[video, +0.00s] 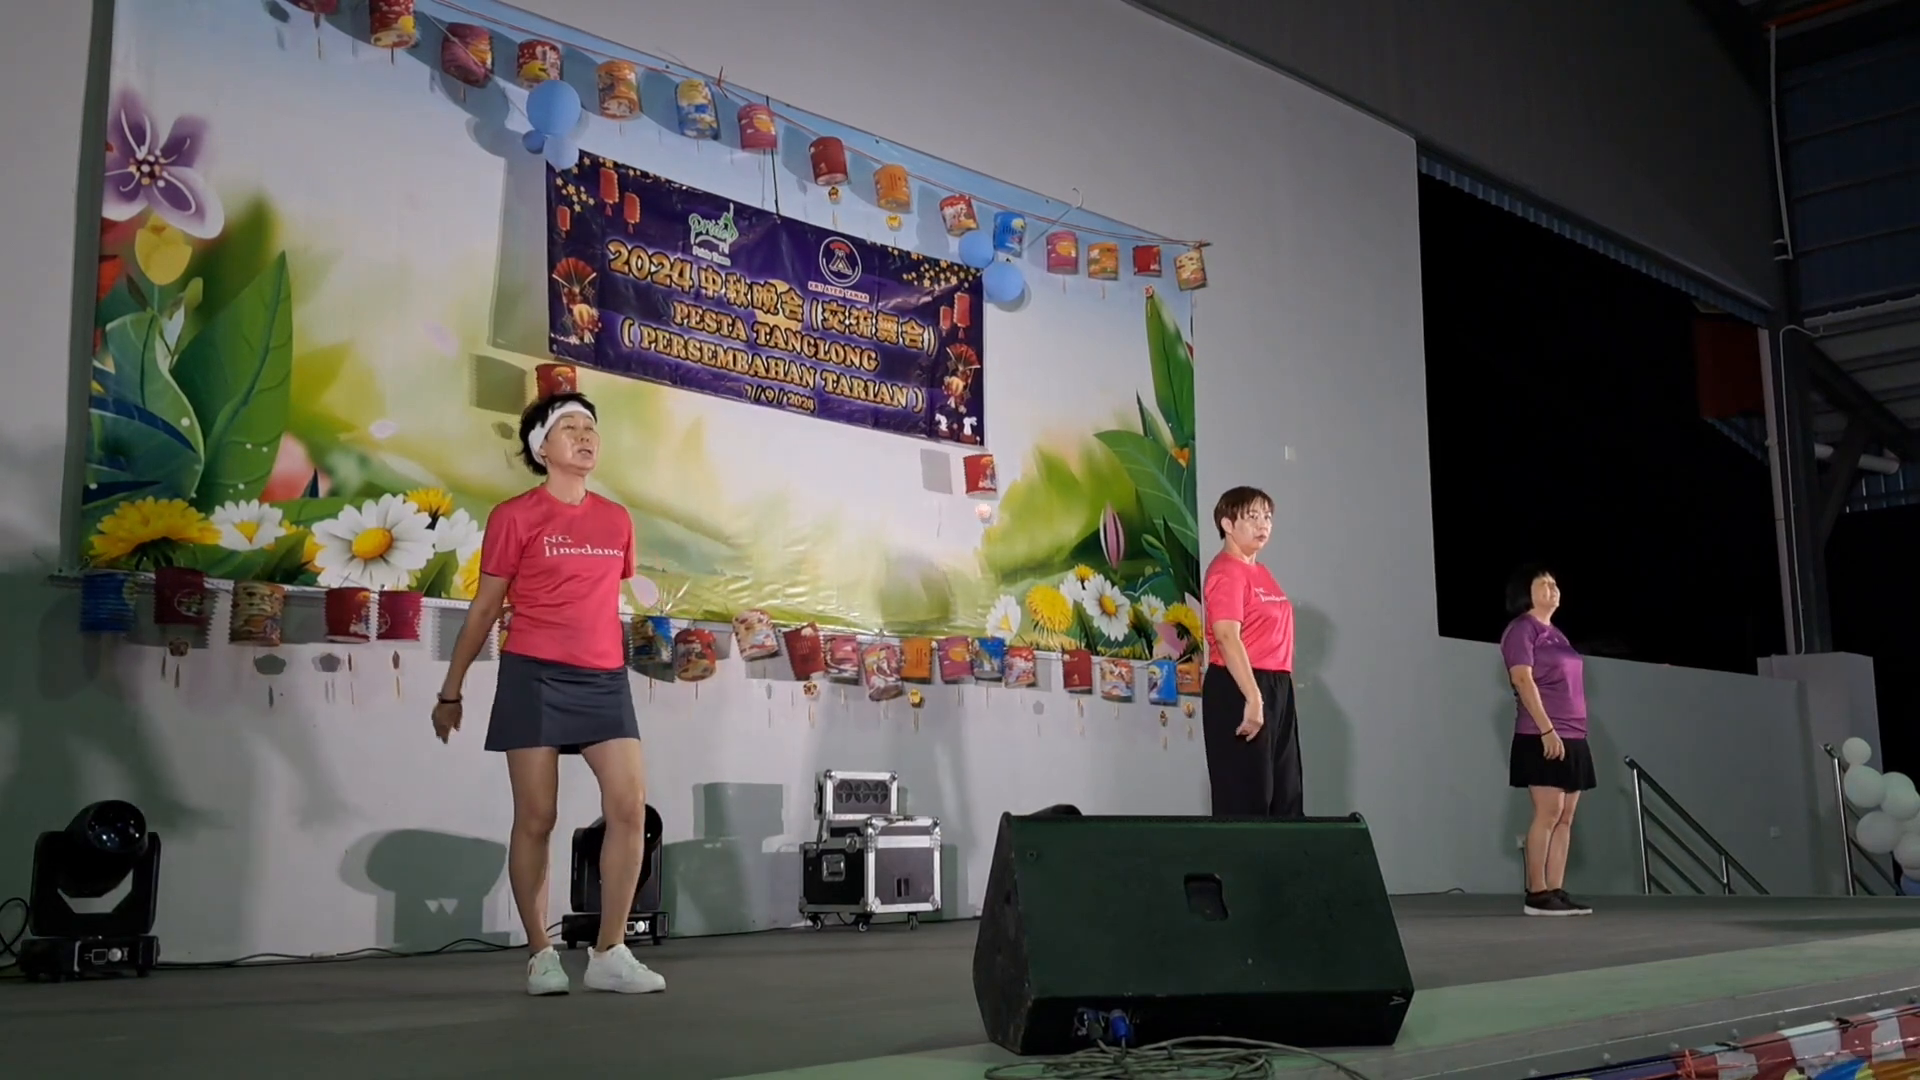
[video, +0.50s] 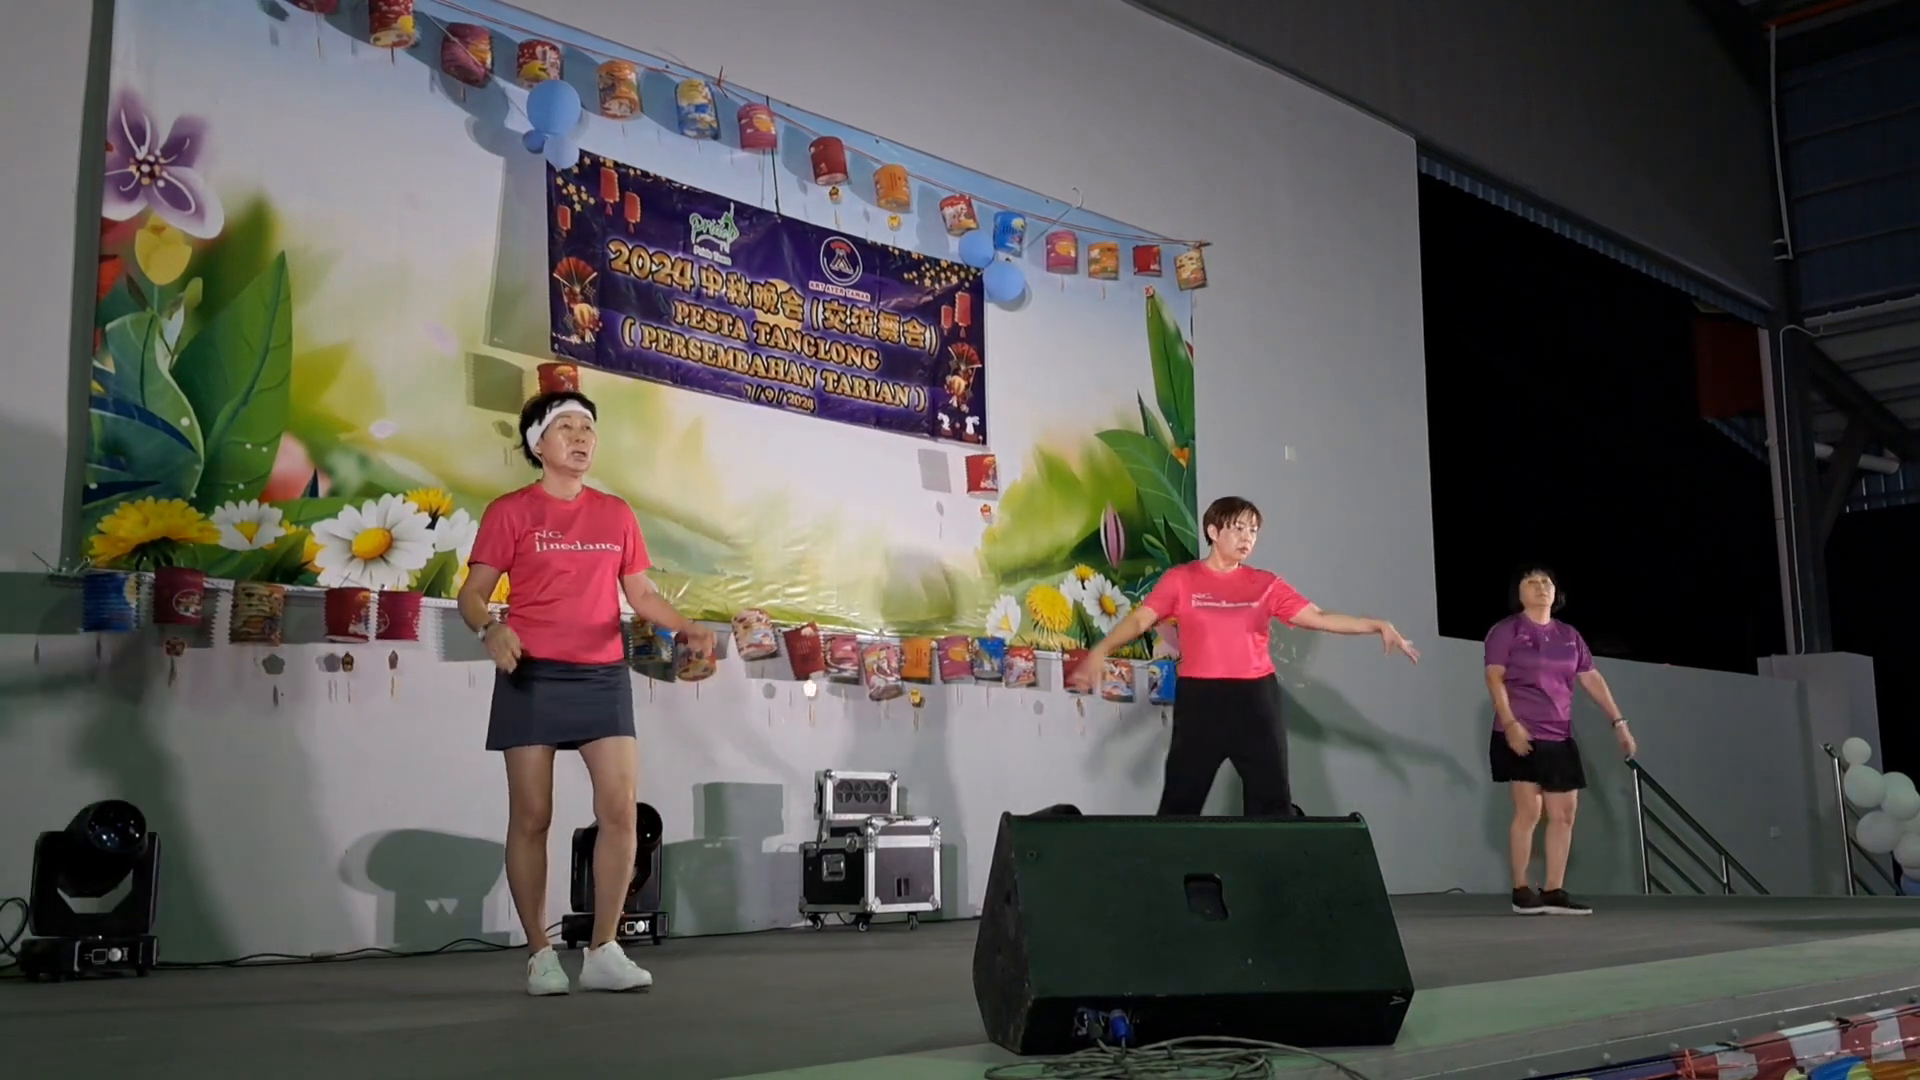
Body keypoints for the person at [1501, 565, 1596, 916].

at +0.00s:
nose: (1551, 590)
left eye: (1554, 585)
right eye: (1542, 585)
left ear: (1558, 594)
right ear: (1526, 593)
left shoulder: (1556, 634)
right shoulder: (1521, 629)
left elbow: (1563, 685)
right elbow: (1523, 682)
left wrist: (1575, 730)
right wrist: (1547, 730)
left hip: (1572, 736)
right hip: (1541, 736)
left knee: (1565, 816)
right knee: (1547, 812)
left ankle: (1555, 890)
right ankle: (1537, 892)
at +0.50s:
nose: (1540, 586)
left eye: (1546, 582)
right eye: (1532, 582)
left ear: (1555, 594)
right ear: (1519, 594)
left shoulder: (1570, 636)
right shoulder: (1504, 631)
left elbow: (1592, 679)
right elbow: (1494, 679)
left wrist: (1619, 722)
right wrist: (1510, 724)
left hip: (1559, 738)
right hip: (1518, 735)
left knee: (1564, 812)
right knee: (1528, 810)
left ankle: (1554, 892)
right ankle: (1521, 890)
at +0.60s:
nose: (1527, 588)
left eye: (1533, 583)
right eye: (1519, 584)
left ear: (1544, 593)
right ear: (1508, 595)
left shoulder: (1565, 634)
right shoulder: (1495, 633)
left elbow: (1592, 675)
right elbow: (1474, 677)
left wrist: (1616, 713)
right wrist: (1469, 712)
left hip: (1558, 738)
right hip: (1511, 737)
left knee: (1565, 813)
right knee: (1513, 813)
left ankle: (1553, 892)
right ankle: (1498, 882)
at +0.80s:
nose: (1499, 597)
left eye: (1505, 591)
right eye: (1492, 592)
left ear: (1517, 597)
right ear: (1482, 601)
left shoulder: (1540, 633)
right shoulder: (1471, 642)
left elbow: (1558, 675)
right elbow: (1438, 679)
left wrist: (1535, 696)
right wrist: (1397, 707)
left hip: (1543, 740)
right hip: (1492, 743)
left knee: (1584, 803)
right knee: (1492, 817)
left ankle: (1569, 882)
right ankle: (1493, 892)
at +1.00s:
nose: (1487, 602)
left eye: (1493, 596)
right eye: (1480, 597)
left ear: (1505, 602)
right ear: (1470, 605)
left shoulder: (1522, 636)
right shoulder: (1466, 646)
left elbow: (1525, 683)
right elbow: (1444, 683)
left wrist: (1475, 703)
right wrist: (1412, 711)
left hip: (1531, 740)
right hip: (1482, 744)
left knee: (1564, 811)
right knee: (1486, 817)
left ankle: (1596, 888)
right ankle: (1493, 892)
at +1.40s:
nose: (1489, 604)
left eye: (1495, 598)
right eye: (1481, 598)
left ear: (1505, 604)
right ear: (1468, 605)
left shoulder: (1518, 636)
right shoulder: (1466, 644)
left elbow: (1521, 683)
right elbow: (1459, 679)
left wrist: (1470, 703)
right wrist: (1446, 702)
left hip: (1529, 740)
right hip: (1482, 744)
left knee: (1564, 809)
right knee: (1487, 817)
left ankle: (1598, 887)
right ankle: (1493, 892)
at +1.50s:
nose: (1497, 604)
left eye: (1503, 598)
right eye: (1489, 598)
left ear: (1510, 604)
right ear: (1474, 604)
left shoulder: (1523, 636)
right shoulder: (1466, 644)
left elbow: (1531, 683)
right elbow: (1450, 678)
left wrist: (1483, 704)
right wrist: (1427, 703)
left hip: (1534, 739)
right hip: (1484, 744)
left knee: (1572, 807)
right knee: (1488, 817)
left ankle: (1593, 886)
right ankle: (1492, 893)